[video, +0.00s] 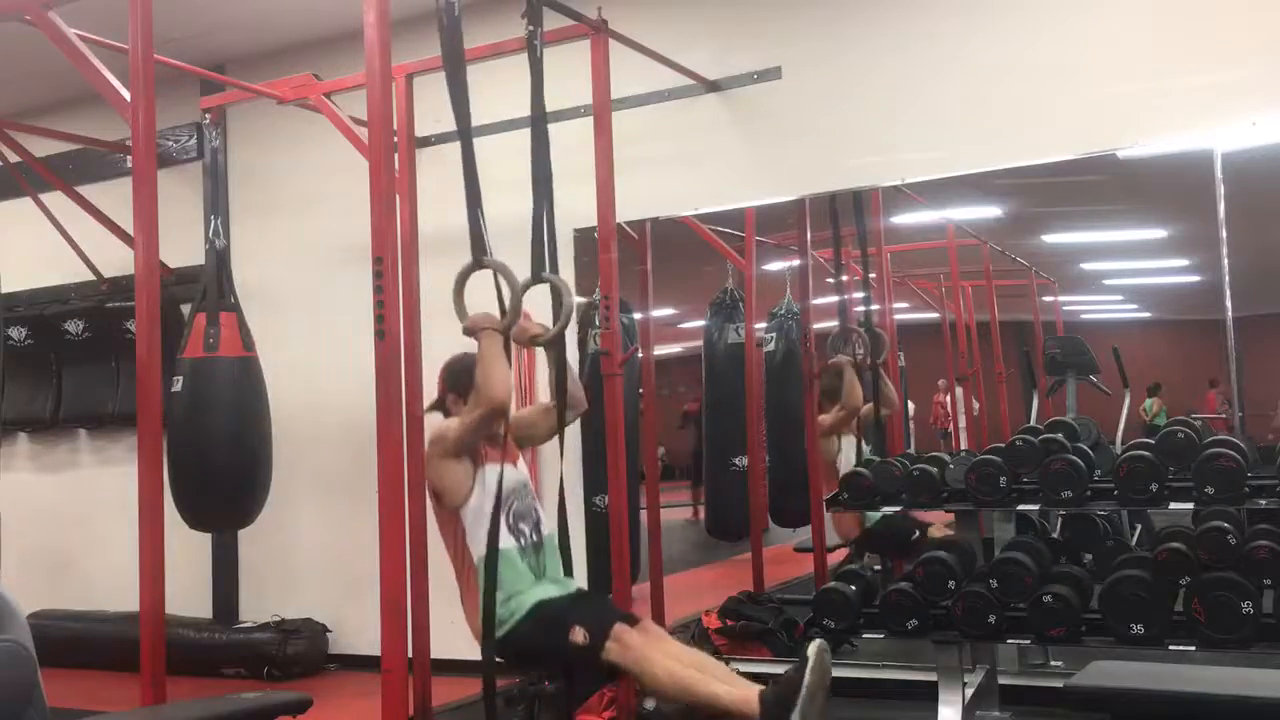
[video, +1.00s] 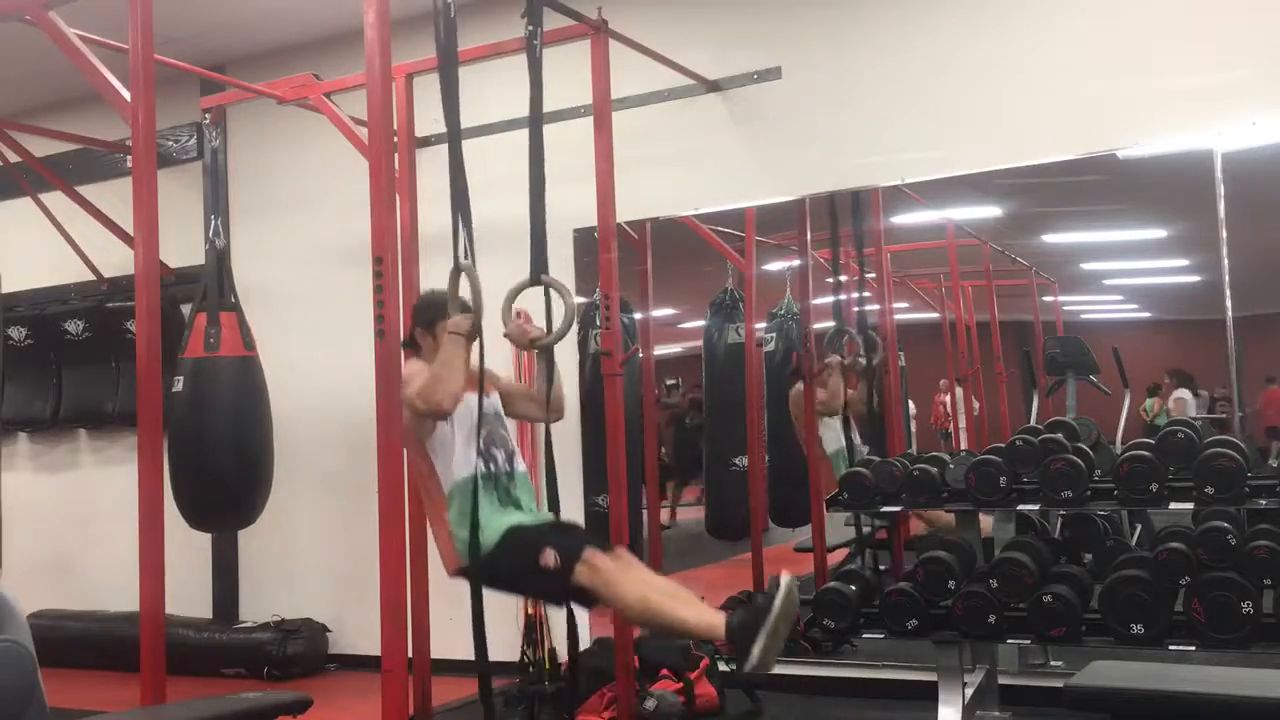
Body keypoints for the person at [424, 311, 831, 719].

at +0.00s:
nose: (496, 399)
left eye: (494, 391)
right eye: (478, 394)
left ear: (477, 396)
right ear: (454, 399)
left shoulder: (505, 436)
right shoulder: (443, 445)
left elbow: (570, 402)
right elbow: (492, 402)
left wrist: (546, 344)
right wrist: (488, 334)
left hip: (556, 592)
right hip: (513, 611)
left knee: (648, 632)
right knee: (624, 640)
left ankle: (769, 698)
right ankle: (761, 706)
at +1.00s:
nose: (464, 344)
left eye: (466, 336)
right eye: (454, 334)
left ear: (465, 339)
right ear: (423, 336)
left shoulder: (477, 380)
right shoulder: (411, 376)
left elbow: (549, 408)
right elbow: (442, 399)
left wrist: (535, 350)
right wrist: (457, 333)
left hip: (520, 518)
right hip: (476, 535)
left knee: (618, 558)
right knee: (594, 566)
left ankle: (731, 624)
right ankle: (729, 634)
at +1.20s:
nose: (468, 287)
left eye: (472, 276)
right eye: (457, 276)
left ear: (473, 278)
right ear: (427, 276)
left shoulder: (472, 326)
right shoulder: (410, 321)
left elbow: (508, 393)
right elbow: (395, 391)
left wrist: (524, 348)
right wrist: (432, 338)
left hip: (497, 455)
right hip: (456, 465)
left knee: (602, 494)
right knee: (577, 500)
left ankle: (714, 563)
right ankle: (709, 559)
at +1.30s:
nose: (489, 259)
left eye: (490, 249)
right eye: (478, 249)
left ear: (481, 254)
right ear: (444, 252)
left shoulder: (477, 306)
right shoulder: (410, 304)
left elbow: (484, 369)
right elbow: (350, 364)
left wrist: (513, 346)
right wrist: (407, 327)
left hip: (493, 433)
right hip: (448, 443)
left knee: (593, 464)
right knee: (570, 470)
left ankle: (704, 538)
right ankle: (699, 535)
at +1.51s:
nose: (535, 246)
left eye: (537, 235)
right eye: (526, 234)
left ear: (520, 237)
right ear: (488, 232)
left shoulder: (515, 291)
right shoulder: (443, 272)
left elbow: (518, 337)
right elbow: (349, 285)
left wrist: (522, 336)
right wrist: (402, 317)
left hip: (481, 411)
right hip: (432, 412)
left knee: (577, 434)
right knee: (555, 442)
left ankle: (681, 511)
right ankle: (675, 515)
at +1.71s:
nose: (578, 261)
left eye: (580, 250)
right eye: (568, 249)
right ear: (532, 250)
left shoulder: (549, 294)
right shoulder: (481, 273)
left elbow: (534, 329)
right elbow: (403, 253)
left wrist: (538, 339)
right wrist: (413, 312)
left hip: (478, 399)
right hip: (431, 399)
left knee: (561, 464)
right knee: (537, 473)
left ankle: (635, 578)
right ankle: (627, 583)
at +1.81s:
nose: (596, 265)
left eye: (599, 253)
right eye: (587, 253)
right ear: (550, 252)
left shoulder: (563, 298)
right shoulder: (499, 276)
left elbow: (539, 323)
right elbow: (422, 237)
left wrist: (547, 338)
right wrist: (413, 302)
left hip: (488, 402)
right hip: (439, 400)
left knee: (553, 489)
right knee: (524, 496)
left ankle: (606, 622)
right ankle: (593, 628)